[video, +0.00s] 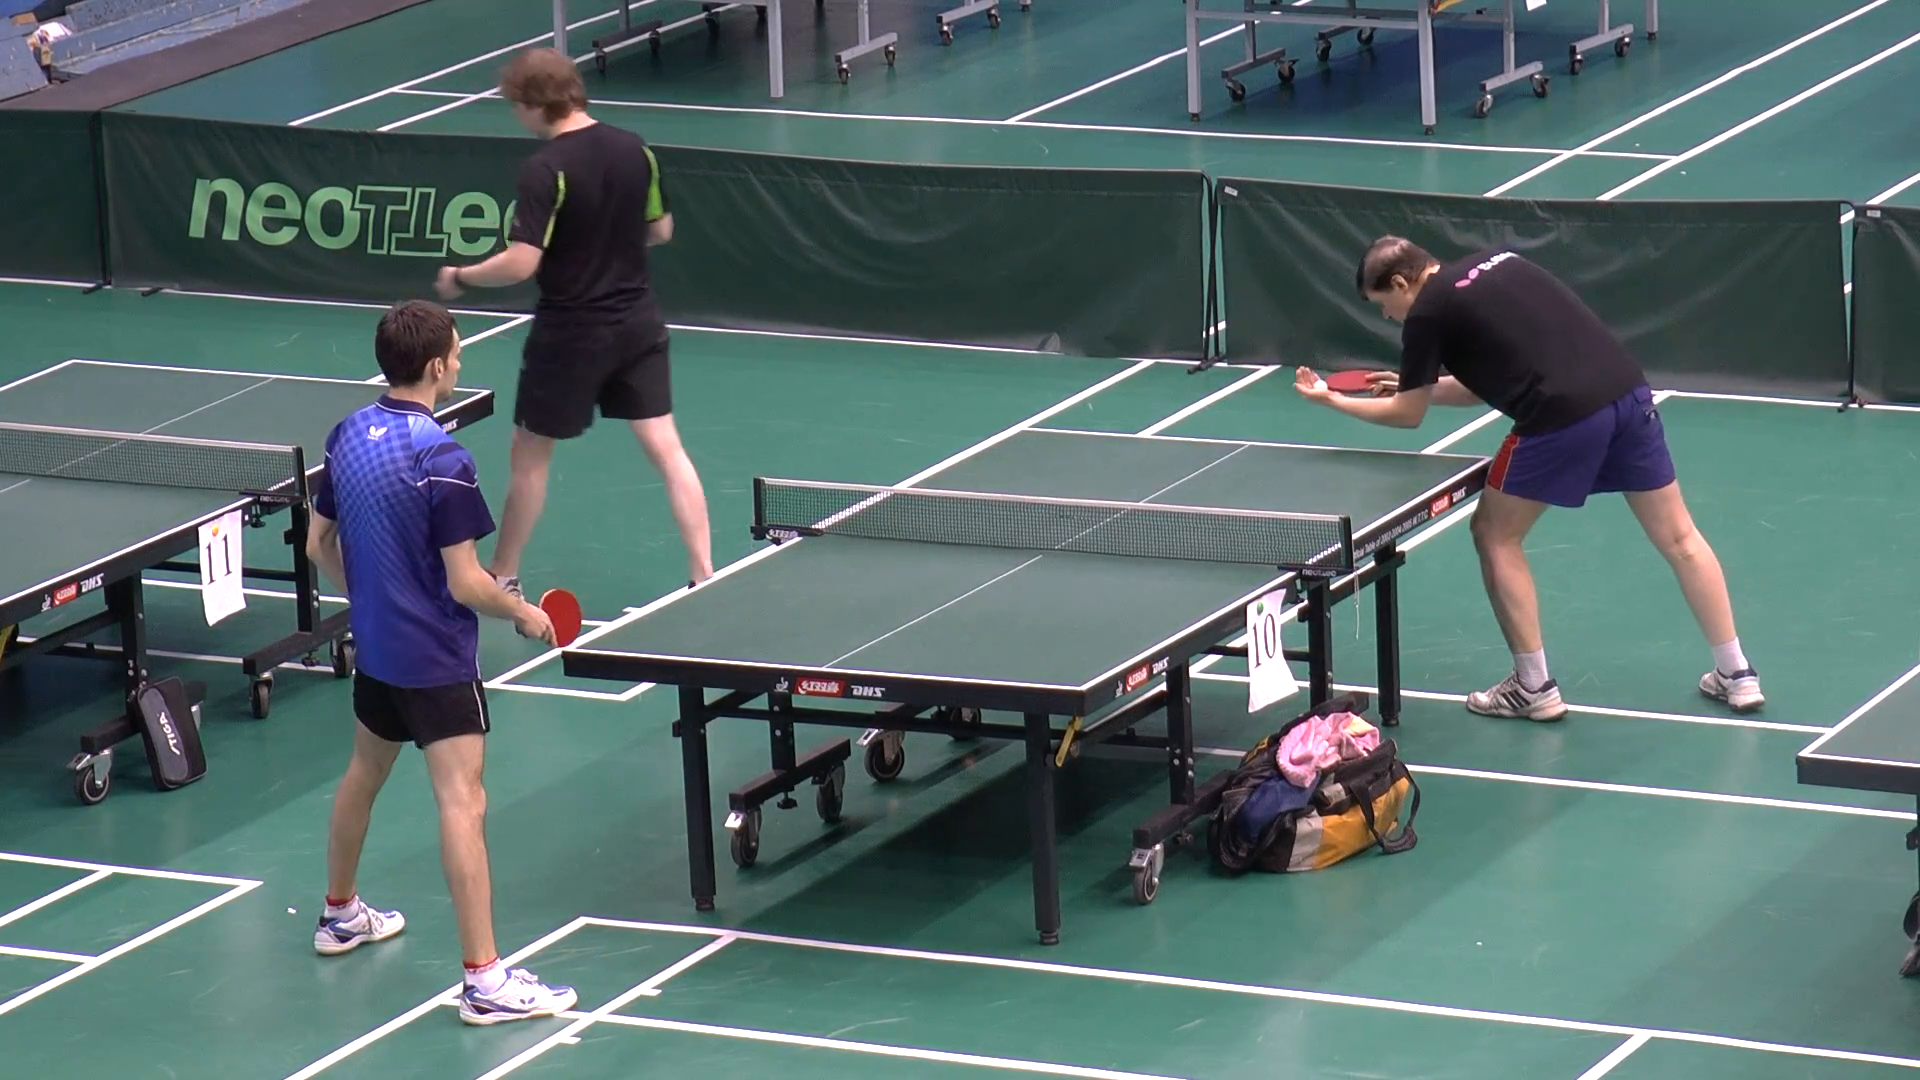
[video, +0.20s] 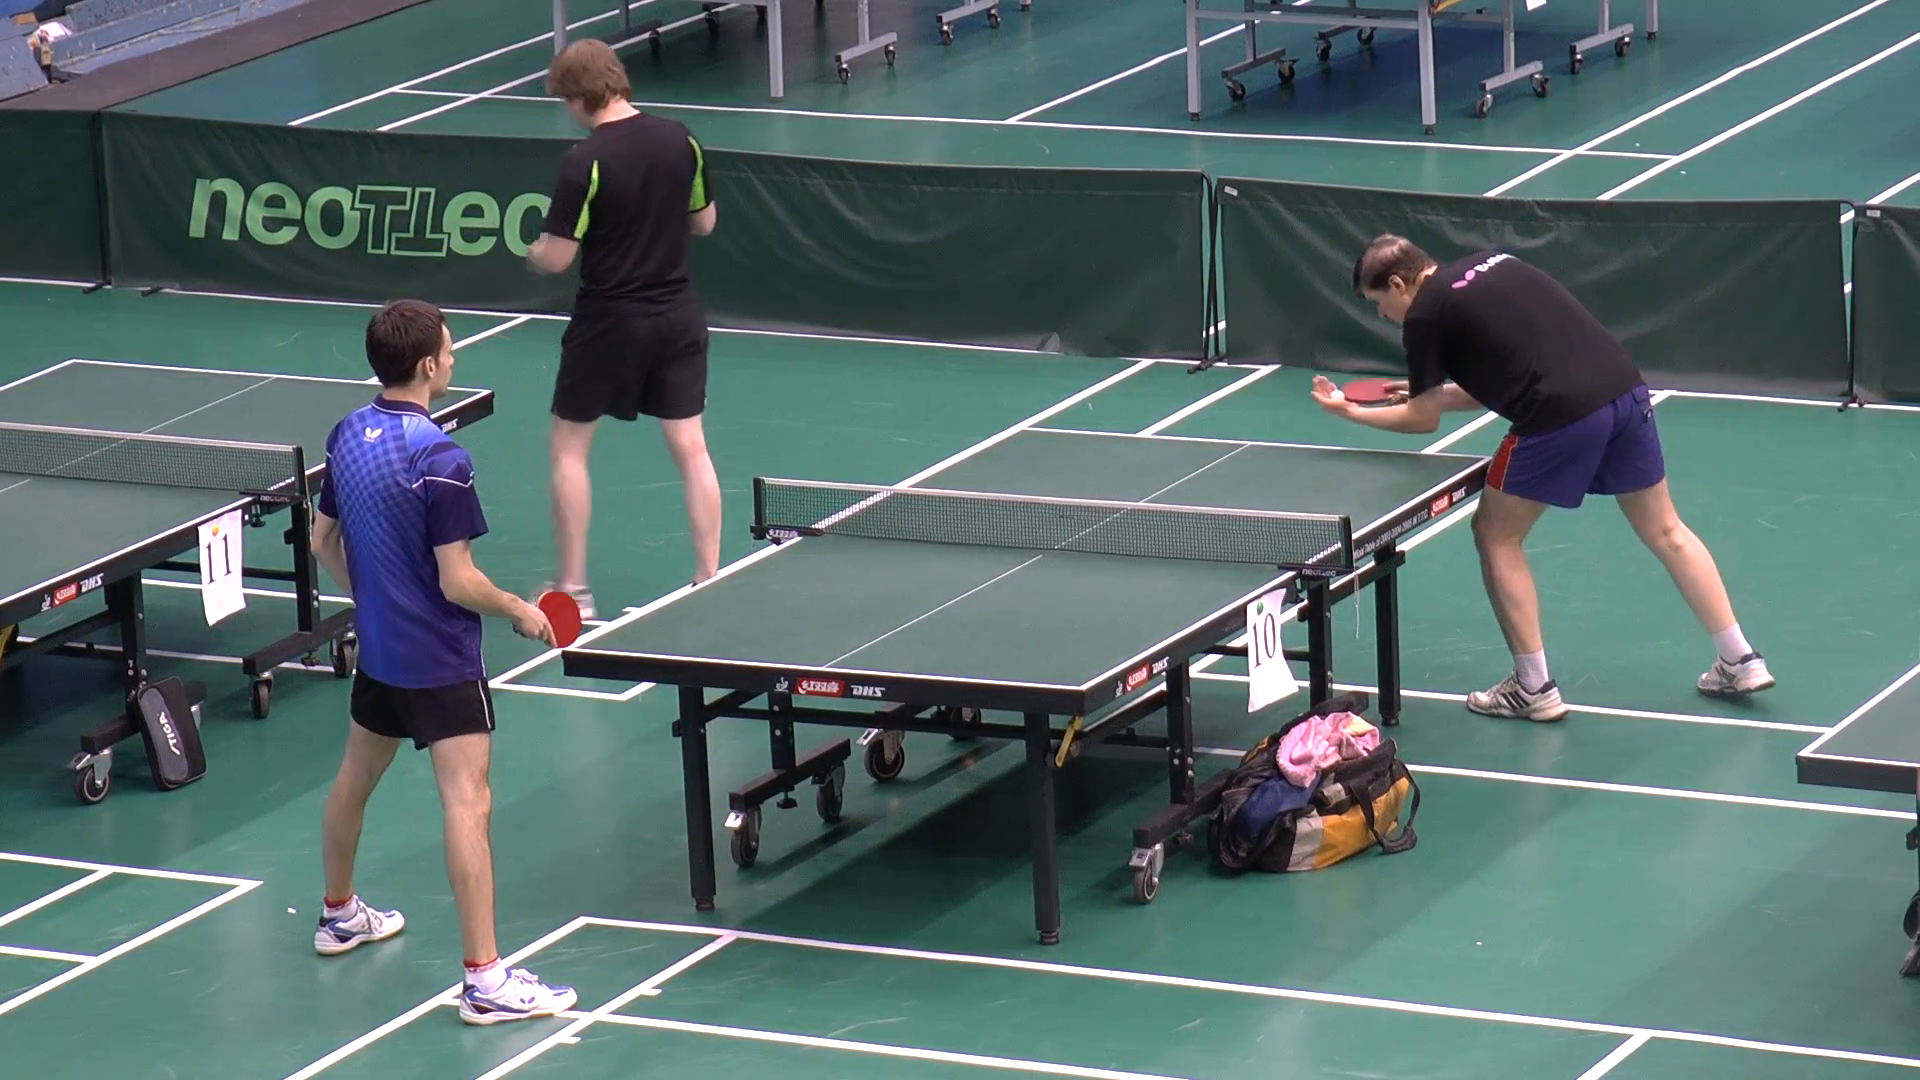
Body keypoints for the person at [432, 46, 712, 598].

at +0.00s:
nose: (517, 115)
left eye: (516, 105)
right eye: (514, 105)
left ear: (534, 104)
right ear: (572, 92)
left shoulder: (546, 167)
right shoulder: (634, 148)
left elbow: (522, 261)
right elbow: (660, 228)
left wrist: (460, 275)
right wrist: (603, 234)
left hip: (569, 336)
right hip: (639, 326)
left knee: (530, 460)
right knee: (668, 449)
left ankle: (502, 575)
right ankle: (705, 576)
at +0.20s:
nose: (565, 110)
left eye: (564, 101)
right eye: (564, 100)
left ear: (577, 99)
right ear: (620, 83)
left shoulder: (585, 159)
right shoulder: (679, 137)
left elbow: (556, 256)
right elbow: (704, 221)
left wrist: (538, 248)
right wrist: (654, 205)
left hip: (607, 328)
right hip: (678, 320)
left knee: (570, 450)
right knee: (692, 448)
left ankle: (573, 591)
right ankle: (709, 583)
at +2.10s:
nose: (562, 136)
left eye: (564, 124)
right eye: (560, 124)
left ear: (588, 118)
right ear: (616, 109)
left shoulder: (607, 175)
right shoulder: (681, 159)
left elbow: (583, 277)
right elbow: (704, 246)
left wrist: (546, 334)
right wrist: (642, 267)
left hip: (629, 344)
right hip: (690, 339)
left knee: (565, 459)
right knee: (687, 460)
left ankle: (542, 596)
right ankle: (735, 580)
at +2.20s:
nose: (534, 150)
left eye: (535, 139)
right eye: (531, 140)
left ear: (562, 132)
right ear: (589, 122)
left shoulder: (576, 192)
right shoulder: (654, 167)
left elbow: (544, 293)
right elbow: (682, 252)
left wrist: (503, 337)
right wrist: (598, 284)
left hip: (608, 354)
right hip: (672, 348)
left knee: (552, 469)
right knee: (669, 467)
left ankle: (527, 596)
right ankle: (731, 577)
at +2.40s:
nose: (466, 177)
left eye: (467, 166)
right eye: (462, 167)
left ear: (493, 155)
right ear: (513, 144)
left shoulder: (514, 215)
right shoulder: (593, 169)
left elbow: (488, 321)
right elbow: (642, 245)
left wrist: (451, 382)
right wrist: (569, 291)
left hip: (585, 346)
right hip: (649, 335)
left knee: (531, 466)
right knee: (640, 459)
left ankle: (525, 602)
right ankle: (718, 568)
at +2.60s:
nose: (436, 197)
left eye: (435, 185)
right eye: (432, 188)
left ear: (459, 170)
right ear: (478, 157)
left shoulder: (489, 218)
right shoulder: (558, 163)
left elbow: (480, 331)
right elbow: (626, 225)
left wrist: (438, 395)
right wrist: (562, 285)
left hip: (580, 340)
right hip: (646, 322)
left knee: (541, 464)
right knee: (659, 456)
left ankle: (535, 595)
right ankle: (709, 573)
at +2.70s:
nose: (433, 207)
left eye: (431, 196)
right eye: (428, 198)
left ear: (456, 180)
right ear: (478, 164)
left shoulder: (488, 225)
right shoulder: (554, 167)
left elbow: (476, 333)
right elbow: (626, 225)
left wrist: (426, 397)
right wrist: (567, 288)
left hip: (587, 337)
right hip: (651, 319)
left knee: (550, 467)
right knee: (666, 452)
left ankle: (527, 604)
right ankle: (706, 557)